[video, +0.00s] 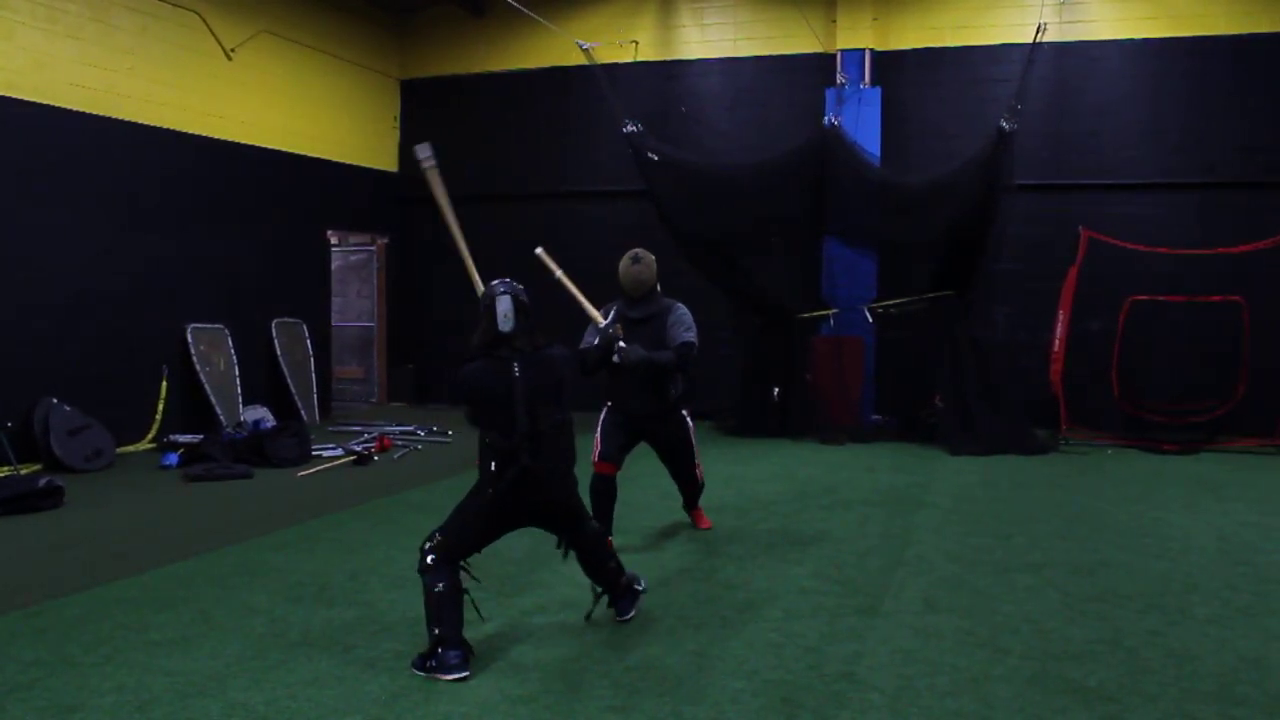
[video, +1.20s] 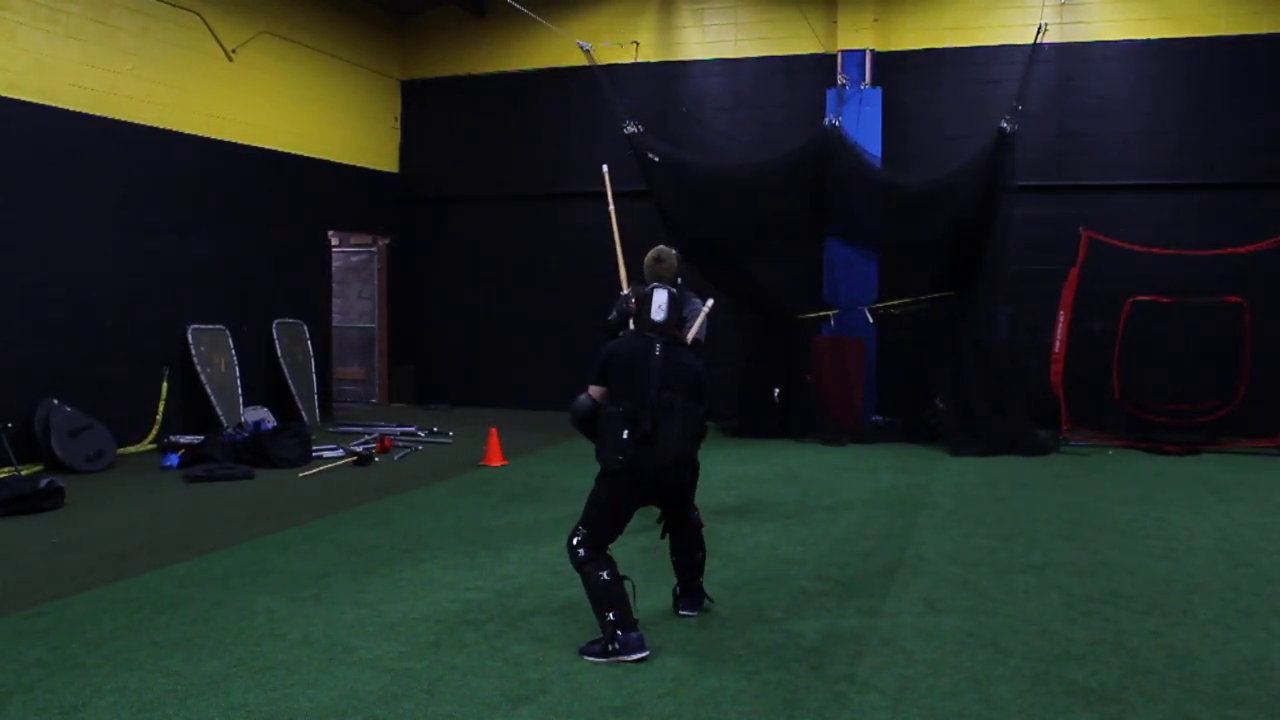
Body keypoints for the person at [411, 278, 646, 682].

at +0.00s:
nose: (505, 320)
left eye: (498, 312)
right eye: (508, 310)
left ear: (484, 321)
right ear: (530, 318)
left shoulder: (475, 371)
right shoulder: (556, 362)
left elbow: (473, 417)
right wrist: (602, 343)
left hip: (498, 494)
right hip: (554, 490)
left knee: (437, 553)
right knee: (585, 535)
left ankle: (448, 649)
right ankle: (623, 593)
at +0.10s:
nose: (525, 328)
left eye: (521, 322)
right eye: (534, 320)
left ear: (510, 330)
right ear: (554, 324)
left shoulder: (500, 370)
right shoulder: (579, 361)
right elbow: (602, 346)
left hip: (514, 495)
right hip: (570, 491)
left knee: (454, 555)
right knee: (600, 537)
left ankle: (450, 649)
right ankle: (635, 599)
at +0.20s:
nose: (549, 321)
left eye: (548, 314)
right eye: (551, 312)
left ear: (535, 323)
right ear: (578, 321)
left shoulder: (525, 365)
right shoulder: (606, 357)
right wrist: (628, 329)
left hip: (541, 484)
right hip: (597, 479)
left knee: (492, 553)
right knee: (622, 526)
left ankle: (458, 641)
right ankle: (639, 599)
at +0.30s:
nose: (574, 311)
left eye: (570, 303)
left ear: (556, 311)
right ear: (600, 308)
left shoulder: (543, 360)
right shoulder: (625, 354)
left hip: (562, 475)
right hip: (614, 473)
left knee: (514, 543)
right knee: (630, 520)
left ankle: (500, 631)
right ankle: (639, 598)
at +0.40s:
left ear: (571, 301)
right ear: (612, 299)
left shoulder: (557, 350)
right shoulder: (636, 347)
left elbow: (538, 409)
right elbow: (657, 404)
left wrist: (541, 460)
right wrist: (636, 441)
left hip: (572, 464)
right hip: (625, 463)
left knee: (530, 537)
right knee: (635, 520)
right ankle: (641, 600)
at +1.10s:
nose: (616, 311)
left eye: (620, 306)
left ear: (624, 312)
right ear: (665, 317)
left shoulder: (606, 350)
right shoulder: (682, 358)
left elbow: (575, 409)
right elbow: (691, 422)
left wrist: (598, 436)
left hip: (616, 471)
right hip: (666, 470)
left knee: (580, 546)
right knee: (677, 524)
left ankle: (621, 634)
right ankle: (690, 597)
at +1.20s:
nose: (623, 317)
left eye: (628, 312)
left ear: (633, 317)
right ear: (677, 322)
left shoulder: (619, 350)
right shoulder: (690, 361)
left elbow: (586, 409)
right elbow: (699, 424)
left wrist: (610, 442)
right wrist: (676, 448)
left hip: (626, 469)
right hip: (677, 469)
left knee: (586, 543)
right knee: (684, 517)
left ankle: (622, 634)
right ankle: (689, 596)